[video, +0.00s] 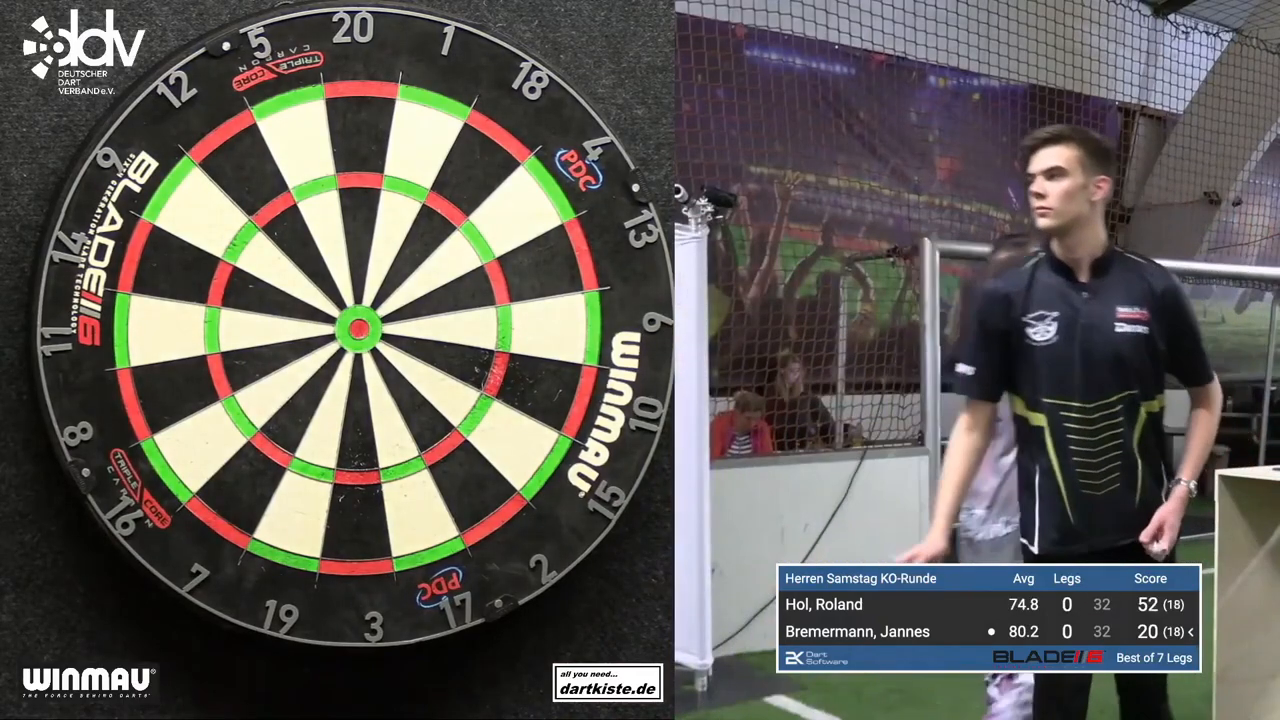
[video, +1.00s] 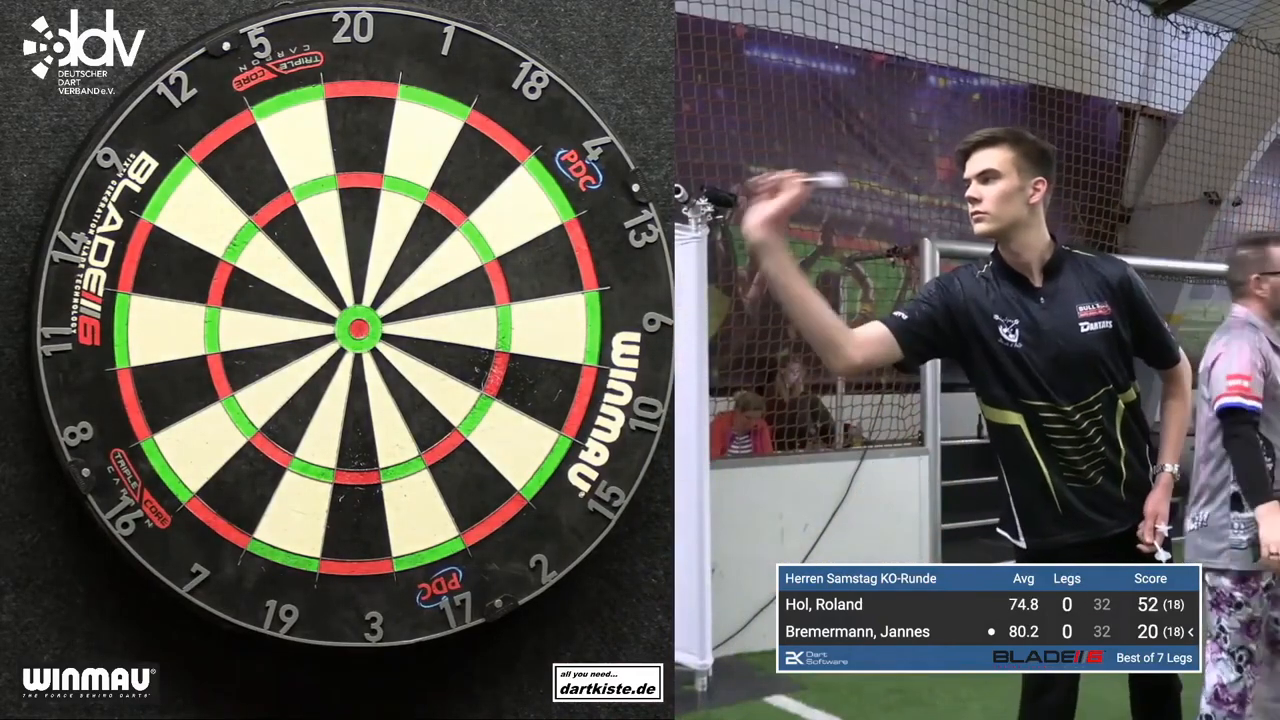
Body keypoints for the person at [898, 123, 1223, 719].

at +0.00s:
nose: (1036, 190)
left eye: (1053, 176)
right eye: (1031, 180)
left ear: (1100, 188)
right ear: (1027, 193)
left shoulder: (1154, 289)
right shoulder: (1007, 296)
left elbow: (1207, 397)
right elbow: (974, 424)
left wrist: (1180, 495)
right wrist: (939, 530)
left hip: (1141, 534)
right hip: (1052, 538)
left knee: (1147, 698)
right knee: (1058, 702)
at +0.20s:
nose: (1009, 189)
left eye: (1026, 174)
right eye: (1005, 178)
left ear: (1074, 186)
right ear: (1001, 191)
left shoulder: (1133, 282)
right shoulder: (984, 303)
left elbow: (1197, 384)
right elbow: (948, 432)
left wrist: (1175, 488)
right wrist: (894, 548)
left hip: (1138, 535)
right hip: (1046, 547)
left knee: (1160, 692)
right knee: (1054, 700)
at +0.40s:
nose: (983, 193)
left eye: (1000, 178)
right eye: (980, 182)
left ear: (1048, 189)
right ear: (979, 196)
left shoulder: (1120, 279)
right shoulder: (968, 305)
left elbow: (1187, 375)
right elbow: (909, 424)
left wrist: (1176, 480)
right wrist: (828, 538)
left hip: (1140, 524)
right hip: (1052, 539)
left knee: (1164, 688)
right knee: (1052, 698)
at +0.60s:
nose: (976, 193)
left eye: (993, 178)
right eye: (972, 183)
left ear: (1042, 189)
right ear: (970, 198)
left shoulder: (1114, 279)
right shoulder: (964, 299)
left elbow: (1182, 371)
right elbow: (864, 384)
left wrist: (1174, 478)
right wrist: (753, 463)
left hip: (1145, 526)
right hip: (1054, 543)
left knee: (1164, 694)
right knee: (1050, 703)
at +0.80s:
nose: (973, 193)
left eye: (990, 179)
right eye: (969, 183)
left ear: (1039, 190)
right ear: (970, 198)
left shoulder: (1110, 279)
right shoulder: (961, 296)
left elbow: (1179, 375)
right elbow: (846, 356)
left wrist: (1169, 480)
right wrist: (712, 321)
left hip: (1141, 529)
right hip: (1048, 544)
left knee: (1162, 694)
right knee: (1049, 700)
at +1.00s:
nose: (970, 195)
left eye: (987, 179)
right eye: (968, 185)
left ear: (1037, 191)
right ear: (968, 200)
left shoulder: (1108, 279)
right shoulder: (960, 297)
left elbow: (1177, 374)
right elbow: (847, 352)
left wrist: (1166, 479)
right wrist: (765, 241)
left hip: (1136, 523)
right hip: (1046, 538)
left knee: (1158, 685)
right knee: (1050, 698)